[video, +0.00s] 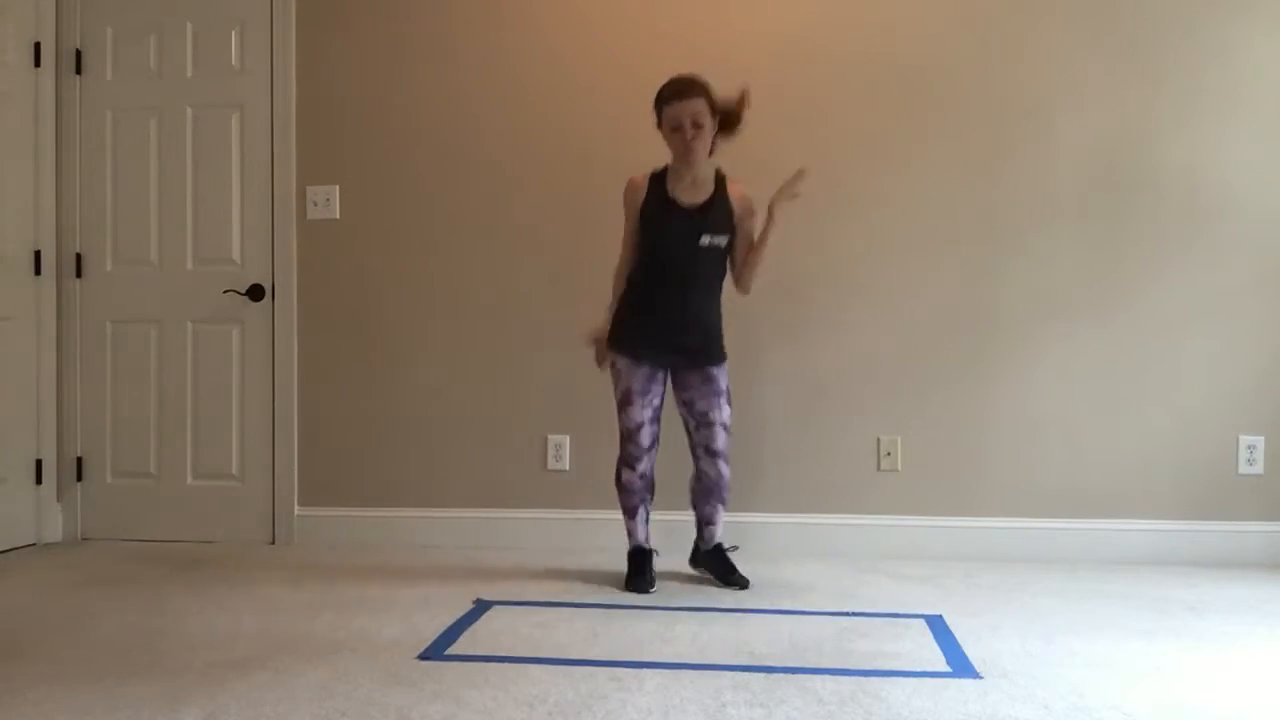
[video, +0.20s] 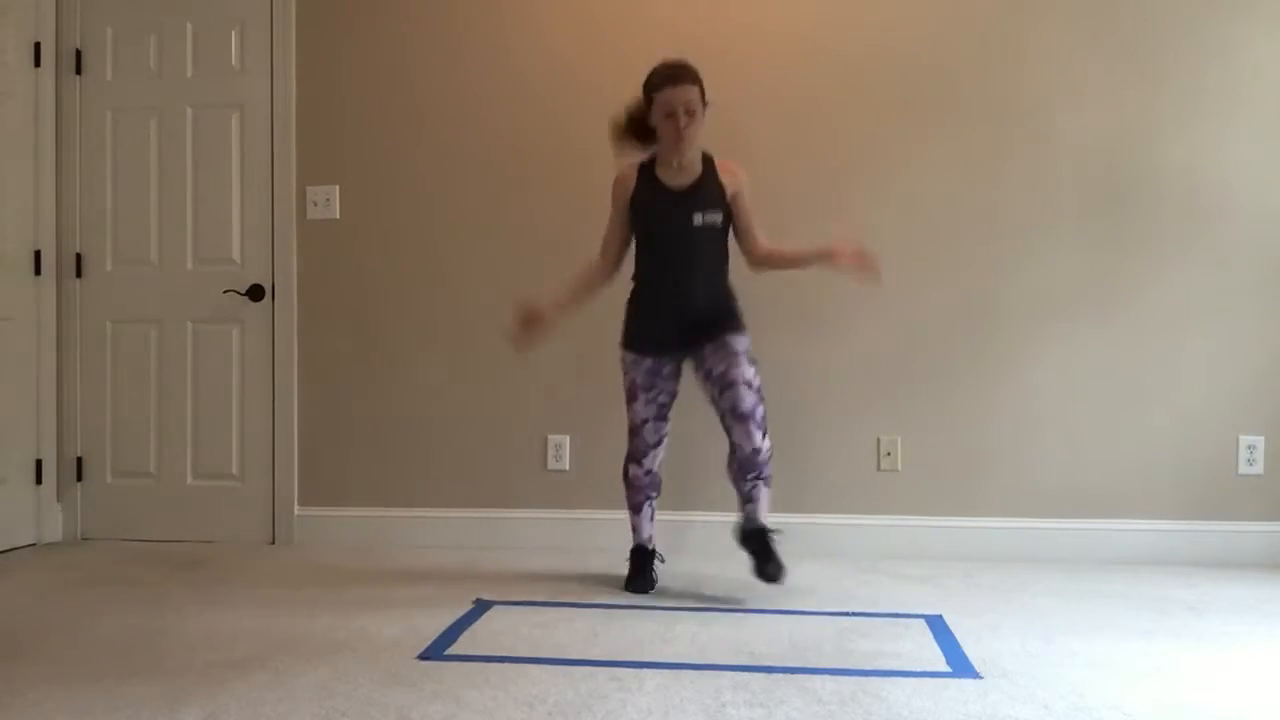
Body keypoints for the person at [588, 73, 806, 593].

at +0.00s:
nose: (687, 135)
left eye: (697, 124)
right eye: (676, 126)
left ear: (714, 127)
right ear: (662, 133)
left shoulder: (734, 199)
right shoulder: (642, 190)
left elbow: (743, 280)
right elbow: (627, 263)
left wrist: (771, 214)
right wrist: (609, 324)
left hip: (700, 342)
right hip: (638, 338)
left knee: (714, 449)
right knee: (637, 450)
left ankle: (709, 546)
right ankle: (639, 550)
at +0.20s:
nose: (681, 122)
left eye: (690, 111)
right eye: (669, 112)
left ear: (704, 113)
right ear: (651, 118)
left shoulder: (725, 177)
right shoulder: (631, 181)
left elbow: (758, 254)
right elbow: (607, 264)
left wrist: (828, 255)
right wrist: (549, 309)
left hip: (716, 325)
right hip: (651, 330)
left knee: (751, 429)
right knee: (645, 445)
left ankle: (754, 525)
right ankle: (643, 549)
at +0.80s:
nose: (684, 87)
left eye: (696, 75)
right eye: (674, 77)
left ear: (722, 82)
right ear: (664, 85)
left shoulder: (738, 156)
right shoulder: (640, 152)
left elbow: (767, 242)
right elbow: (592, 229)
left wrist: (818, 198)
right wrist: (535, 281)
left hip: (703, 319)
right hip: (629, 314)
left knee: (735, 450)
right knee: (588, 437)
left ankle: (782, 583)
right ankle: (579, 556)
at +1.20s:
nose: (655, 106)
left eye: (666, 96)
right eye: (642, 96)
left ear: (679, 103)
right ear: (622, 104)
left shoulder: (696, 169)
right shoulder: (598, 168)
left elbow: (736, 249)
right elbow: (562, 239)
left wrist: (801, 280)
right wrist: (512, 199)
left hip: (695, 325)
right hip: (624, 330)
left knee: (741, 437)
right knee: (591, 455)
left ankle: (746, 526)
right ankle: (564, 584)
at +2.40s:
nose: (722, 130)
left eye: (730, 120)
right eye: (708, 120)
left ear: (740, 126)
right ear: (682, 127)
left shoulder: (755, 188)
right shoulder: (663, 202)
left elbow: (791, 267)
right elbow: (634, 275)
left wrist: (831, 341)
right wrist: (606, 197)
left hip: (772, 343)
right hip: (704, 352)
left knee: (794, 469)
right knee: (661, 461)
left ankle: (826, 591)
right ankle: (678, 547)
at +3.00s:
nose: (666, 87)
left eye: (676, 76)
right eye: (653, 78)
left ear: (694, 84)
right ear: (635, 87)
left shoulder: (707, 160)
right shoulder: (613, 151)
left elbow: (736, 253)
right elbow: (570, 233)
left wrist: (814, 264)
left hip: (688, 323)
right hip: (617, 324)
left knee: (737, 442)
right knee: (592, 456)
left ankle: (771, 569)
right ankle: (570, 590)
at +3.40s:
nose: (704, 152)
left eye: (715, 141)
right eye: (692, 143)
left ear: (731, 146)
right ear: (676, 151)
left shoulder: (754, 209)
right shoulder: (658, 212)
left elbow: (782, 294)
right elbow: (634, 291)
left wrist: (831, 357)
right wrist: (610, 224)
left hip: (751, 356)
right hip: (683, 357)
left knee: (773, 465)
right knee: (636, 465)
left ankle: (767, 560)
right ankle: (587, 582)